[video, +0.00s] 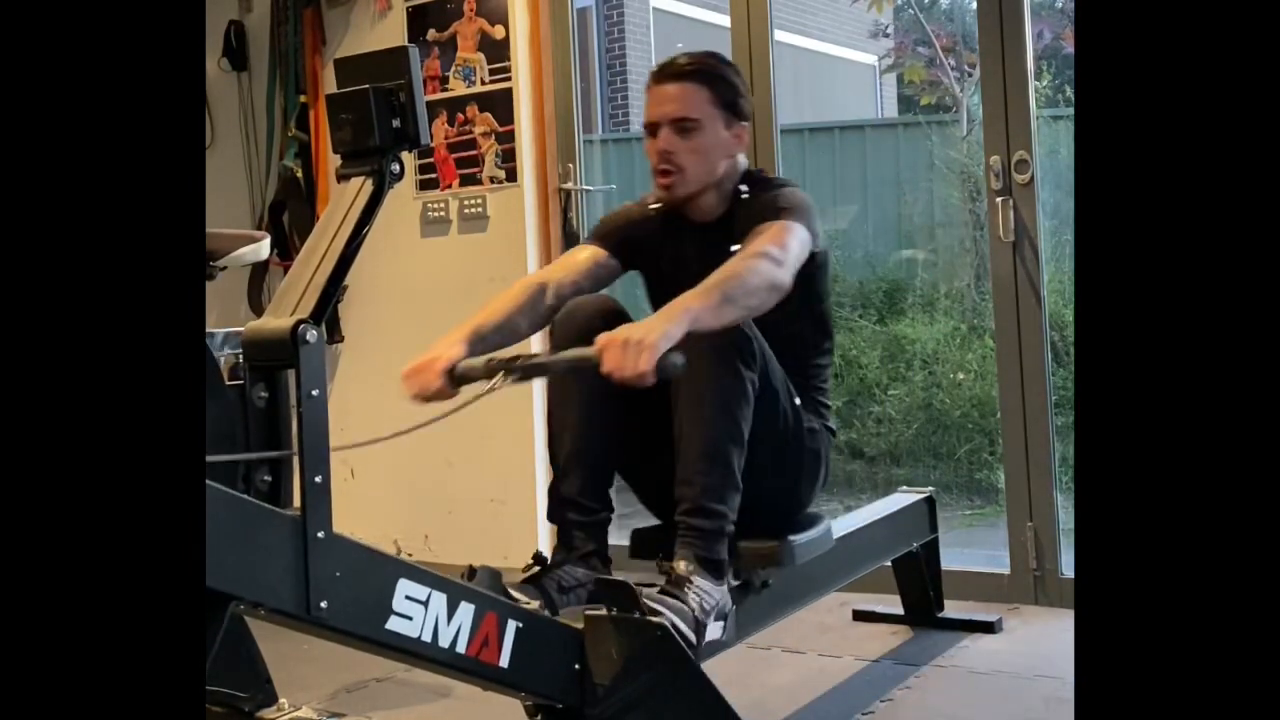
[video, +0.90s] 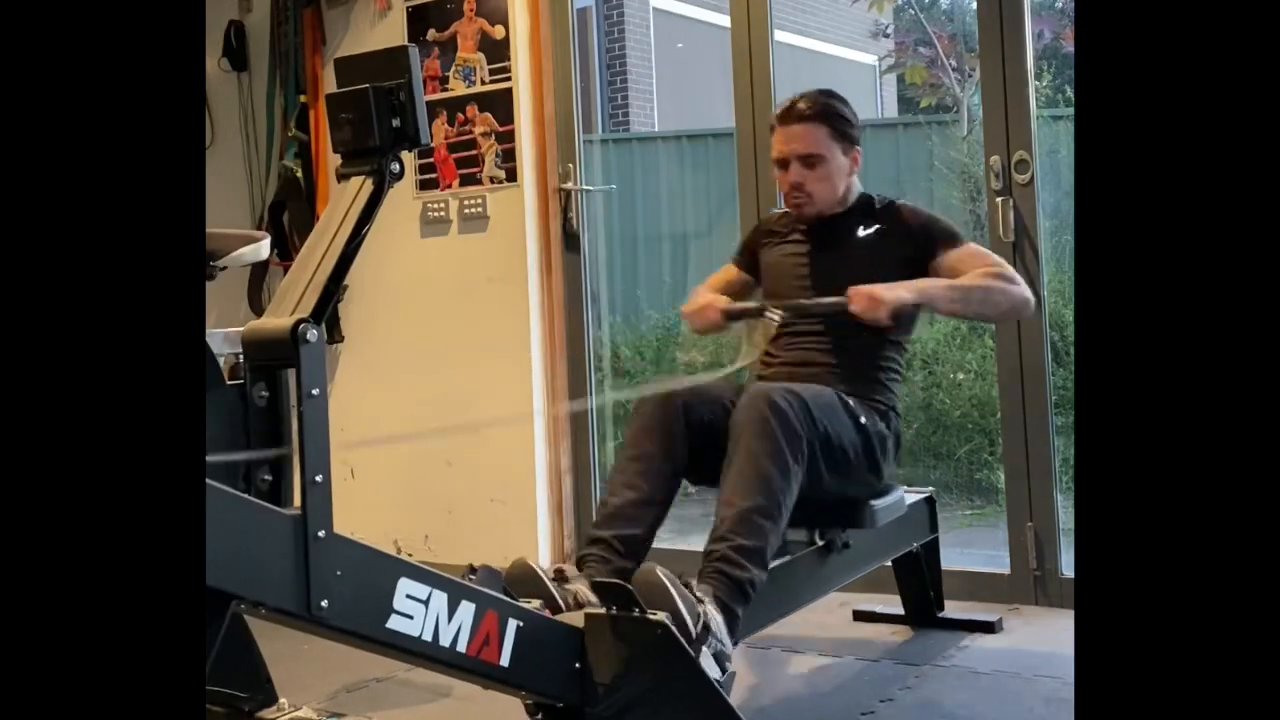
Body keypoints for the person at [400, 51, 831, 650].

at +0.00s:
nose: (661, 148)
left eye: (685, 129)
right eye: (653, 131)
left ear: (738, 137)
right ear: (644, 138)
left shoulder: (783, 207)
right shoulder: (639, 227)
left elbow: (767, 271)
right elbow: (550, 289)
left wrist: (672, 319)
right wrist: (460, 345)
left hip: (776, 477)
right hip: (680, 479)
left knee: (718, 330)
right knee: (584, 314)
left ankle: (700, 575)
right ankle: (579, 563)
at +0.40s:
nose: (728, 145)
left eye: (748, 129)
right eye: (720, 132)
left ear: (797, 137)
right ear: (712, 140)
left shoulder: (829, 200)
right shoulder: (701, 217)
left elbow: (804, 264)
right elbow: (620, 270)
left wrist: (732, 306)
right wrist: (540, 315)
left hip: (811, 465)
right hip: (724, 458)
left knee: (745, 342)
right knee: (618, 353)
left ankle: (703, 592)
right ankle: (581, 573)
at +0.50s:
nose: (771, 145)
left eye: (790, 129)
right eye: (763, 133)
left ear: (838, 140)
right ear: (754, 144)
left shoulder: (866, 202)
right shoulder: (742, 217)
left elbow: (849, 262)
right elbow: (669, 267)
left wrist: (787, 294)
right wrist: (603, 306)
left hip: (846, 436)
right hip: (755, 423)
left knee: (770, 380)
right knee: (650, 385)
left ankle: (708, 608)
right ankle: (583, 577)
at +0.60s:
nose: (807, 153)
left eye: (825, 138)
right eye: (798, 141)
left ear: (869, 145)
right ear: (790, 148)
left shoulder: (898, 208)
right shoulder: (773, 219)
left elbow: (907, 273)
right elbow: (704, 273)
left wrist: (842, 285)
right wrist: (653, 296)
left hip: (861, 405)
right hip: (774, 399)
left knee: (786, 449)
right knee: (675, 441)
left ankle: (715, 620)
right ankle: (583, 592)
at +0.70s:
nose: (826, 180)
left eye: (842, 164)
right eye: (817, 166)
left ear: (884, 163)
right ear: (807, 168)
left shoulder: (919, 224)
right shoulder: (798, 233)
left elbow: (966, 292)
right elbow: (737, 287)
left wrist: (890, 288)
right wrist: (698, 300)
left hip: (869, 408)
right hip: (785, 404)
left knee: (792, 469)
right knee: (696, 474)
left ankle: (719, 623)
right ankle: (594, 589)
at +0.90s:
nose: (791, 179)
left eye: (808, 163)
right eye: (782, 164)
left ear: (853, 161)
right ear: (773, 165)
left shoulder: (901, 228)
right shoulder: (771, 234)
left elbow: (1017, 298)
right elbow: (698, 314)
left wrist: (914, 292)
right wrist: (711, 309)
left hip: (858, 429)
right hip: (762, 419)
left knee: (768, 401)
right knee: (663, 408)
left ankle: (716, 618)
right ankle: (594, 585)